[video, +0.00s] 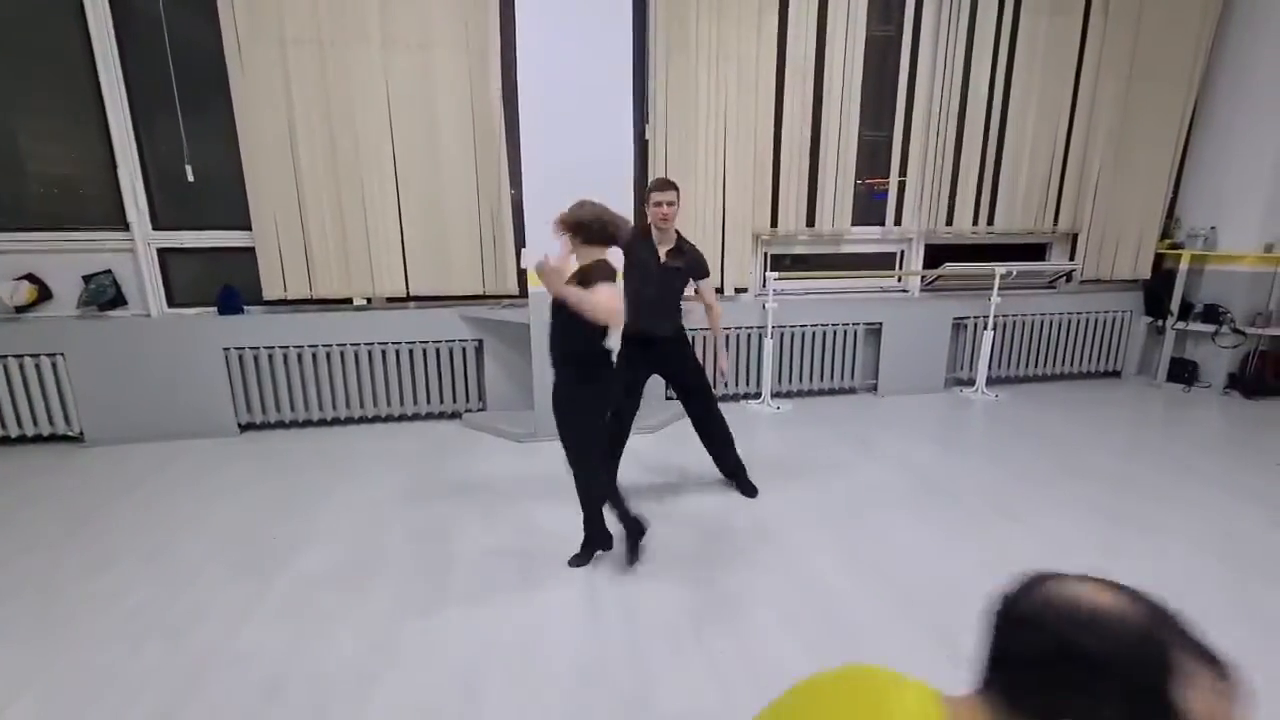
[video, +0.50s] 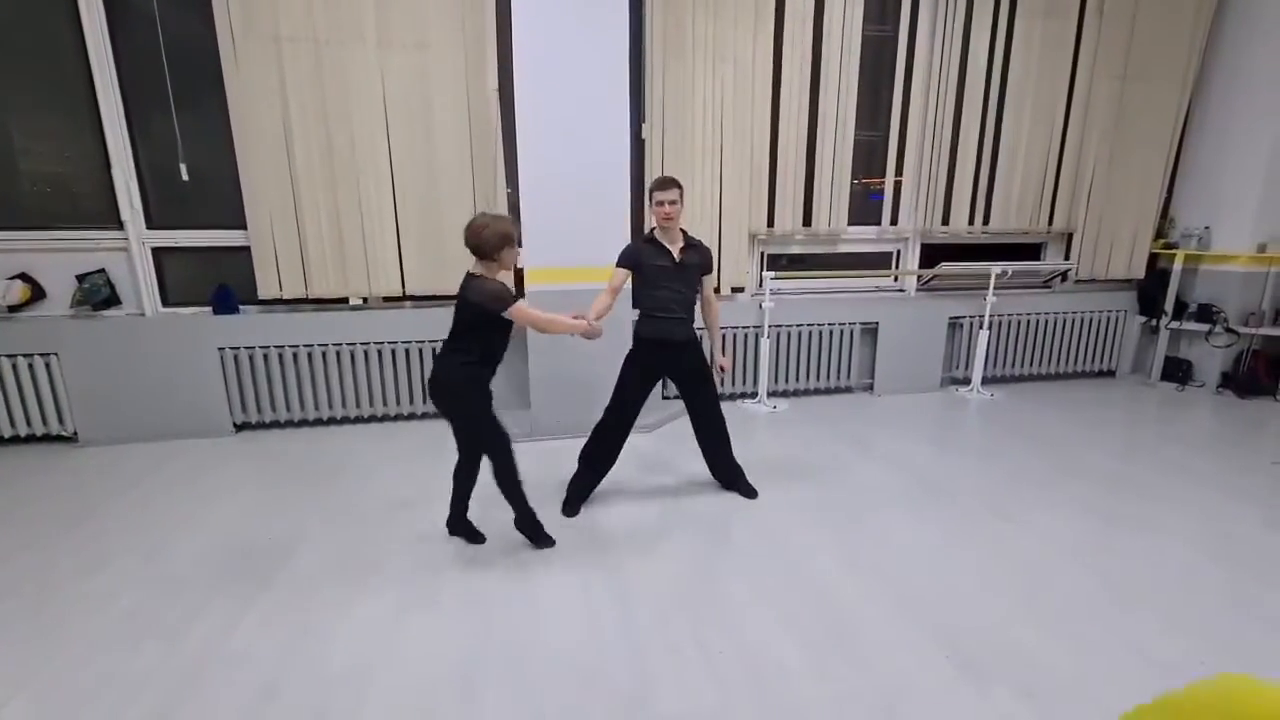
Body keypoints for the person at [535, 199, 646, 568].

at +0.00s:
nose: (563, 235)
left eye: (568, 230)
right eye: (564, 229)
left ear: (581, 234)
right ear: (594, 234)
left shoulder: (600, 271)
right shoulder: (580, 268)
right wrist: (551, 277)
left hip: (591, 382)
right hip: (571, 380)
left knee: (592, 461)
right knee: (581, 460)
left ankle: (630, 523)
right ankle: (595, 531)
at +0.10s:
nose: (542, 238)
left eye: (545, 233)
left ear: (548, 240)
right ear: (586, 243)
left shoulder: (536, 279)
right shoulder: (592, 282)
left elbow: (495, 306)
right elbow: (601, 322)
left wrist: (460, 286)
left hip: (552, 387)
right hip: (586, 383)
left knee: (528, 462)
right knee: (584, 460)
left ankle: (543, 552)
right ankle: (595, 542)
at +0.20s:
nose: (568, 248)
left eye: (568, 241)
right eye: (566, 242)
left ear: (526, 240)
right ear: (555, 243)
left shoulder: (498, 274)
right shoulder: (567, 283)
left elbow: (445, 293)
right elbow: (598, 327)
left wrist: (477, 289)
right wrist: (615, 330)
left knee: (502, 460)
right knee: (569, 456)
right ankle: (578, 549)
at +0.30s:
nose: (546, 245)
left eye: (545, 239)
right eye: (542, 239)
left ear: (506, 243)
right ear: (528, 244)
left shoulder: (484, 275)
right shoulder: (537, 286)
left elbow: (452, 280)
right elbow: (578, 326)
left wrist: (488, 276)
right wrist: (608, 332)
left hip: (484, 382)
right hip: (521, 382)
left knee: (489, 451)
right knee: (561, 442)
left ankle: (470, 533)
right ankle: (554, 529)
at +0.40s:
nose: (529, 250)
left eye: (528, 243)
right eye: (525, 244)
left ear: (491, 248)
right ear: (509, 249)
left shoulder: (479, 281)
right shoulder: (508, 290)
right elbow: (553, 324)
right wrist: (595, 329)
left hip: (461, 381)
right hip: (481, 387)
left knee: (482, 453)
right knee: (537, 439)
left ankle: (456, 524)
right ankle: (541, 514)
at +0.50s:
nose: (518, 251)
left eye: (516, 245)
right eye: (513, 246)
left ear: (484, 253)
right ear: (497, 253)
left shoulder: (478, 283)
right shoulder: (489, 291)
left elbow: (526, 318)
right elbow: (538, 322)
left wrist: (567, 320)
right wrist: (580, 327)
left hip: (453, 382)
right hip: (460, 387)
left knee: (470, 451)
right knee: (499, 445)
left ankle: (457, 517)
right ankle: (526, 519)